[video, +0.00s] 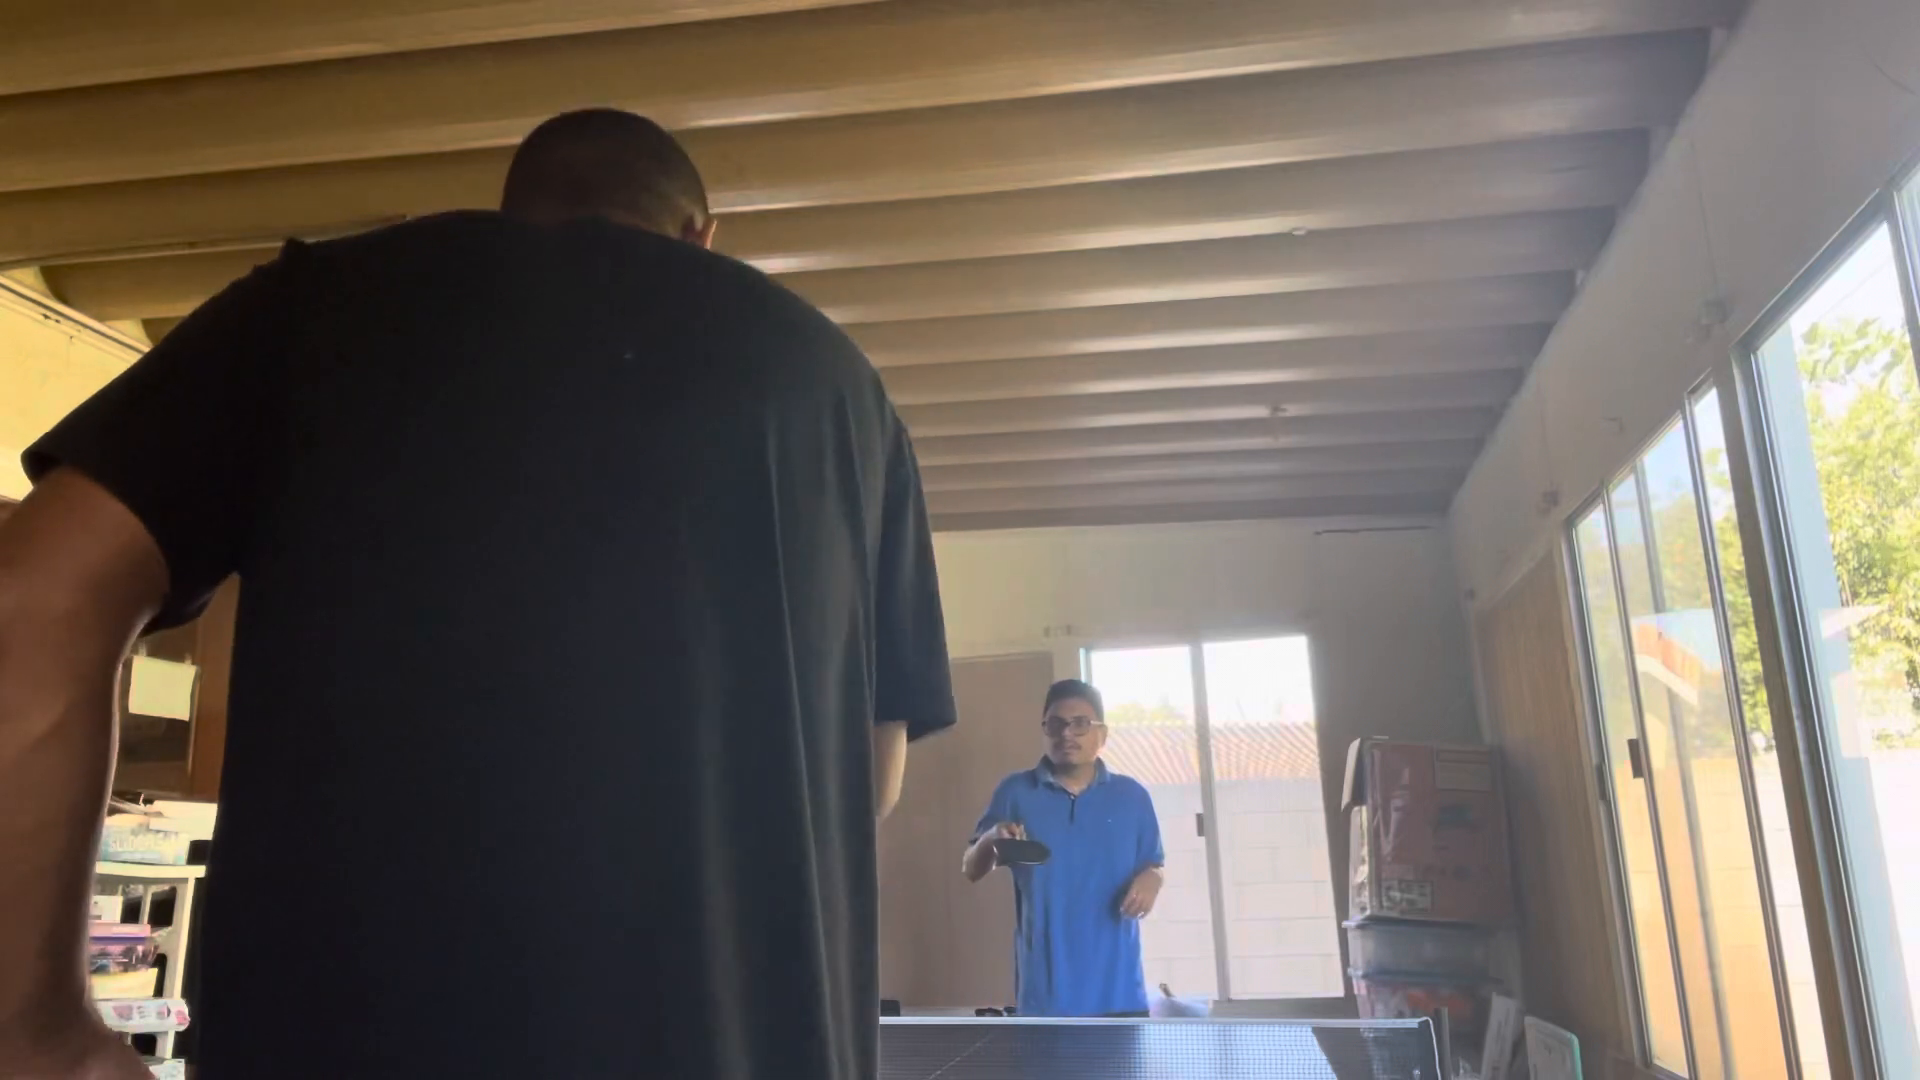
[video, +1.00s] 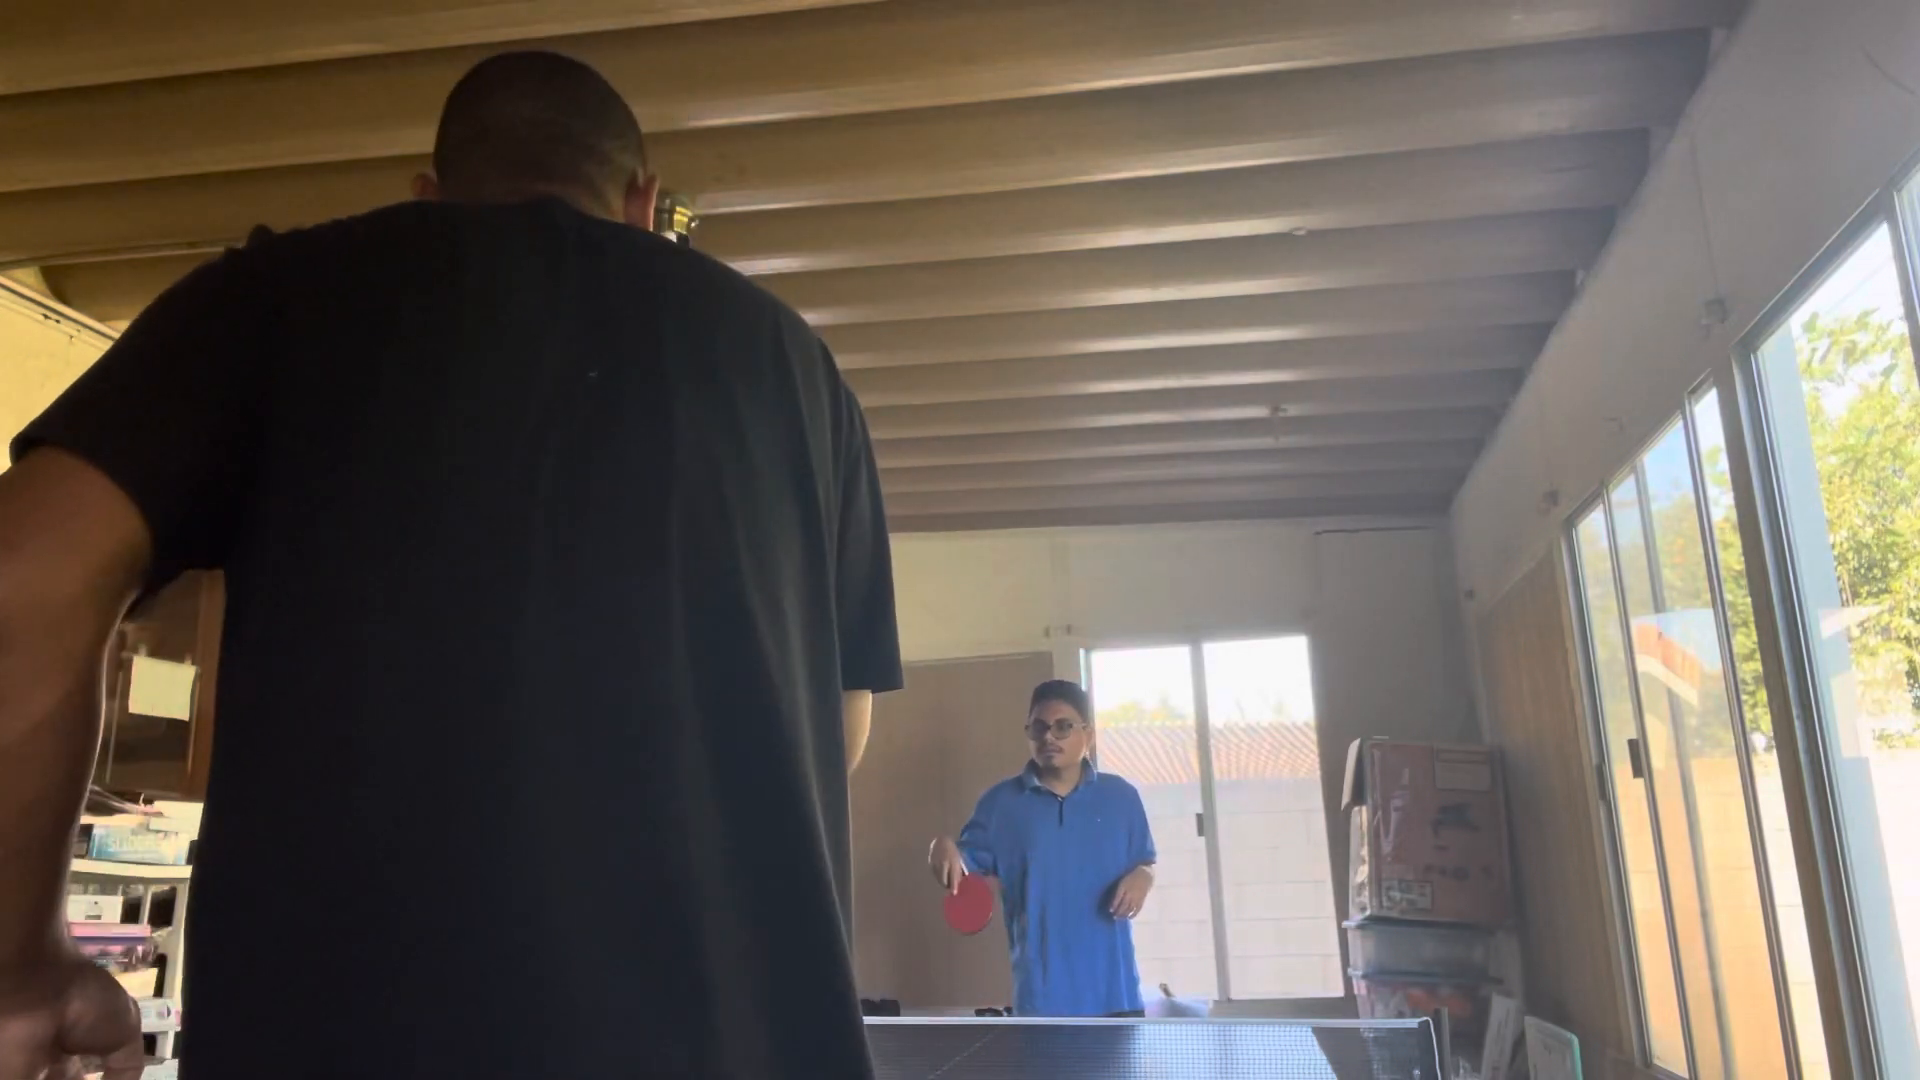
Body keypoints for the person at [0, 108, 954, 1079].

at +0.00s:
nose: (720, 258)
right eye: (714, 238)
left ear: (501, 211)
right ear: (695, 229)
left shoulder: (324, 291)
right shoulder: (831, 367)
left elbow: (46, 584)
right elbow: (875, 773)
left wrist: (41, 1017)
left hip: (331, 1031)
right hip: (736, 1043)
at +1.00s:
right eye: (665, 209)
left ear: (425, 190)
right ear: (643, 200)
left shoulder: (278, 286)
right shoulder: (787, 353)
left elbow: (38, 561)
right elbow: (839, 735)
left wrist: (25, 958)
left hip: (322, 1031)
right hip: (732, 1041)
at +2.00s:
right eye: (688, 184)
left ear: (462, 179)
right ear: (677, 181)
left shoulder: (298, 325)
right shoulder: (822, 331)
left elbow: (67, 687)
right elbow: (946, 707)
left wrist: (10, 1033)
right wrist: (733, 784)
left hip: (342, 1029)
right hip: (725, 1033)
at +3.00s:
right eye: (683, 162)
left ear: (451, 169)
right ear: (669, 163)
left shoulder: (284, 323)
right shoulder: (820, 319)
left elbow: (62, 688)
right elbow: (947, 705)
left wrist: (20, 1042)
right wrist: (727, 785)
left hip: (342, 1030)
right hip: (726, 1034)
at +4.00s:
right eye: (699, 166)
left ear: (474, 167)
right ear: (689, 163)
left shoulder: (303, 322)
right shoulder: (836, 321)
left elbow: (71, 712)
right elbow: (961, 710)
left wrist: (34, 1051)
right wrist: (749, 802)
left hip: (354, 1030)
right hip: (733, 1032)